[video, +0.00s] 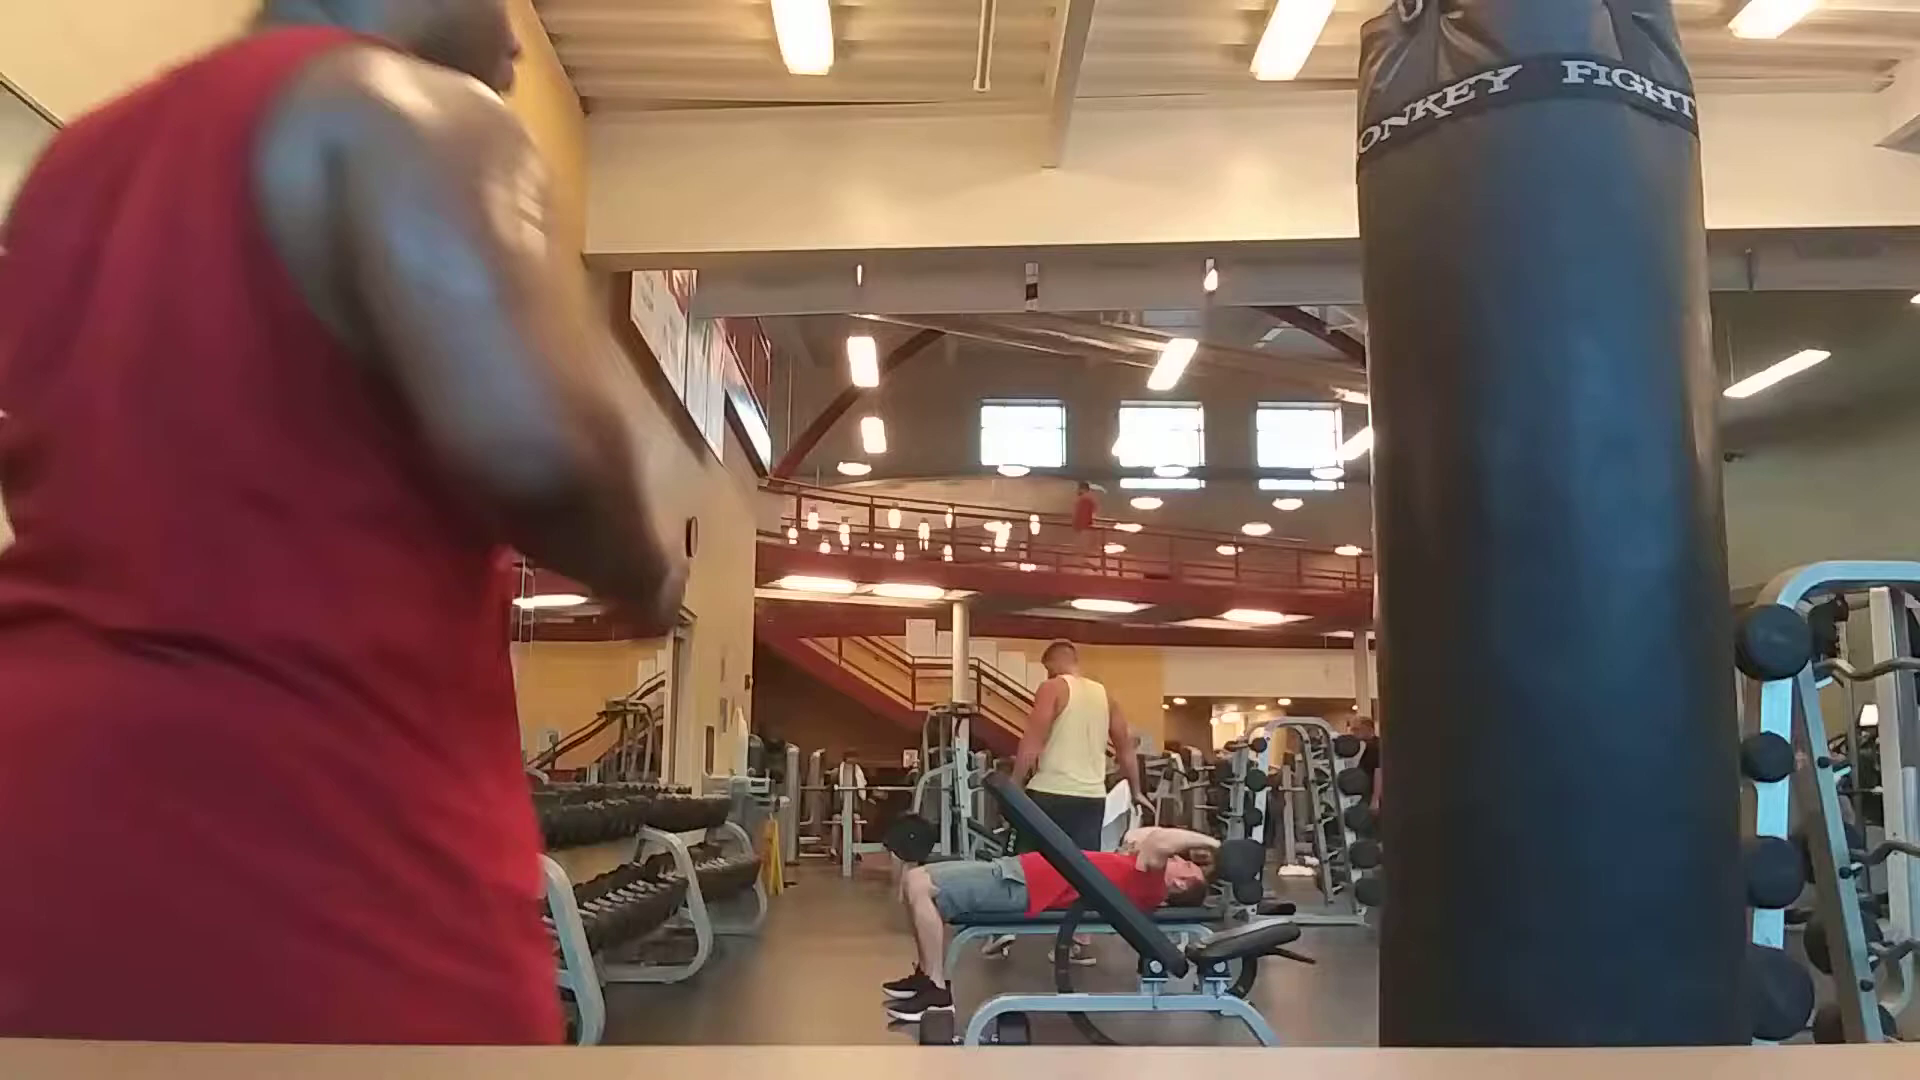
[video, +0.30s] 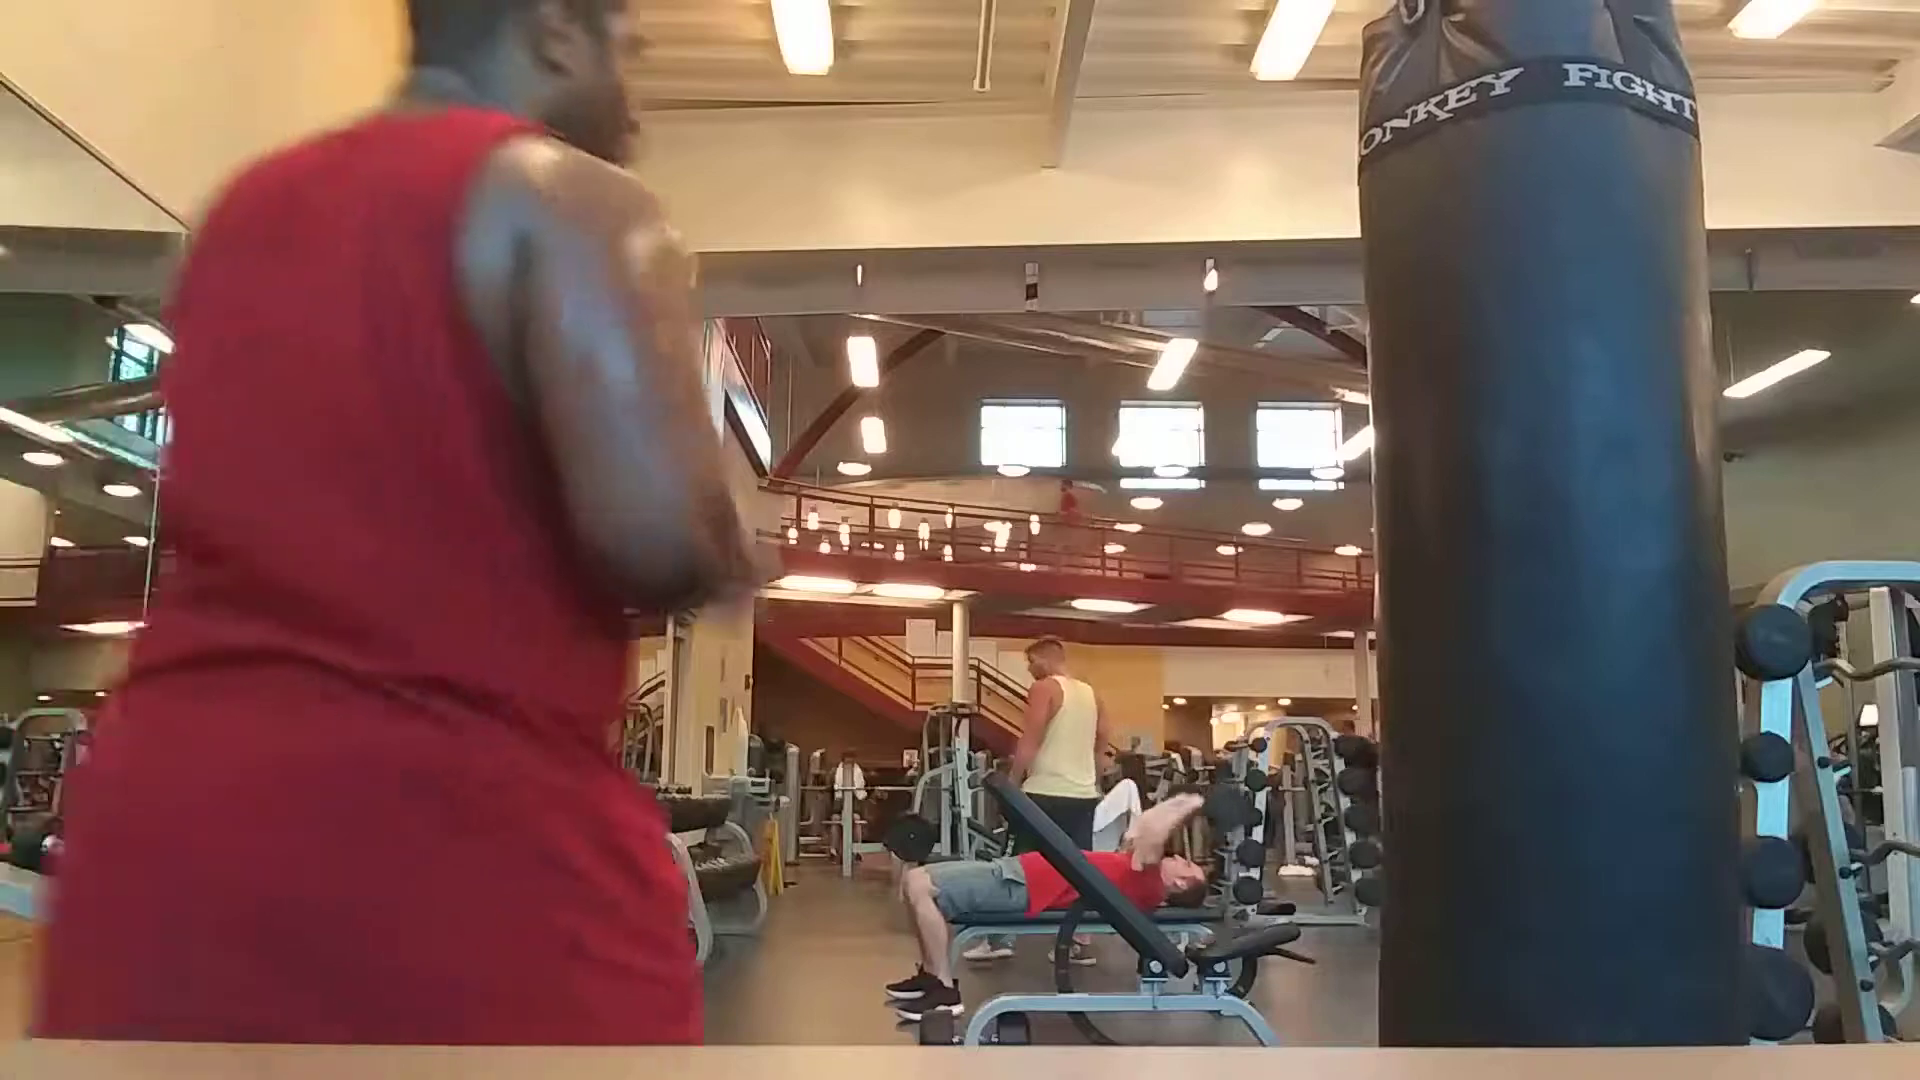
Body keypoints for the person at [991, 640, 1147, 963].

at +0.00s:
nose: (1048, 674)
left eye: (1047, 669)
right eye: (1047, 670)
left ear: (1051, 665)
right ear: (1076, 660)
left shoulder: (1052, 688)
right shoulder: (1104, 695)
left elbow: (1031, 744)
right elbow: (1125, 748)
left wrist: (1011, 790)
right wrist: (1136, 793)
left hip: (1047, 797)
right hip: (1090, 801)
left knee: (1023, 864)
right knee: (1083, 872)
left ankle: (1006, 930)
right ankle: (1076, 940)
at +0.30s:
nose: (1031, 671)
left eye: (1032, 664)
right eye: (1030, 665)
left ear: (1045, 658)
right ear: (1061, 656)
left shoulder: (1045, 688)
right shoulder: (1089, 692)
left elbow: (1029, 743)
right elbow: (1103, 741)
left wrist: (1010, 786)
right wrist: (1088, 775)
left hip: (1043, 797)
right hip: (1082, 799)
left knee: (1020, 868)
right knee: (1077, 870)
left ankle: (1001, 939)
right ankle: (1076, 939)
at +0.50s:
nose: (1013, 668)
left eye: (1014, 662)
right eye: (1012, 662)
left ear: (1027, 658)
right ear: (1041, 657)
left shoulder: (1032, 691)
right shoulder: (1066, 692)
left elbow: (1019, 749)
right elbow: (1067, 747)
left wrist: (999, 789)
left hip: (1031, 798)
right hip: (1064, 799)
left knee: (1018, 870)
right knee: (1066, 869)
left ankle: (1010, 945)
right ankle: (1078, 940)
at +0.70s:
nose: (989, 666)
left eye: (991, 659)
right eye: (988, 659)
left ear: (1007, 656)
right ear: (1016, 656)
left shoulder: (1018, 690)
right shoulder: (1030, 688)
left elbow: (1012, 743)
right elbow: (1019, 742)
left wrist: (992, 789)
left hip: (1017, 795)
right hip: (1034, 794)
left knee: (1011, 868)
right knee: (1045, 866)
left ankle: (1011, 946)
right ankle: (1074, 930)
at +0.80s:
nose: (978, 663)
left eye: (982, 656)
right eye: (978, 657)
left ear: (1000, 656)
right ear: (1003, 656)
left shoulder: (1011, 689)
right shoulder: (1011, 689)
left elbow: (1007, 739)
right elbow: (1007, 741)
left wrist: (989, 785)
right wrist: (989, 784)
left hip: (1012, 793)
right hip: (1013, 793)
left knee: (1009, 866)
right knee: (1009, 866)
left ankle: (1011, 945)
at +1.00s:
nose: (963, 662)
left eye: (967, 655)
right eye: (963, 656)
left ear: (986, 654)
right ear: (977, 655)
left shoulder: (1002, 690)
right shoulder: (985, 693)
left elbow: (997, 744)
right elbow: (984, 744)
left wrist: (979, 789)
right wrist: (972, 789)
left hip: (998, 798)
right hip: (986, 798)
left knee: (1004, 870)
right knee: (993, 870)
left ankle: (1010, 945)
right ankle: (1005, 942)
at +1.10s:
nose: (954, 663)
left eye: (958, 656)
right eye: (954, 656)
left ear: (975, 656)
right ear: (971, 657)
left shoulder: (995, 690)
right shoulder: (976, 693)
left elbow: (993, 744)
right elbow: (978, 746)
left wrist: (973, 791)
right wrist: (961, 789)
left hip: (988, 801)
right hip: (969, 800)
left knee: (999, 872)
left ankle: (1010, 945)